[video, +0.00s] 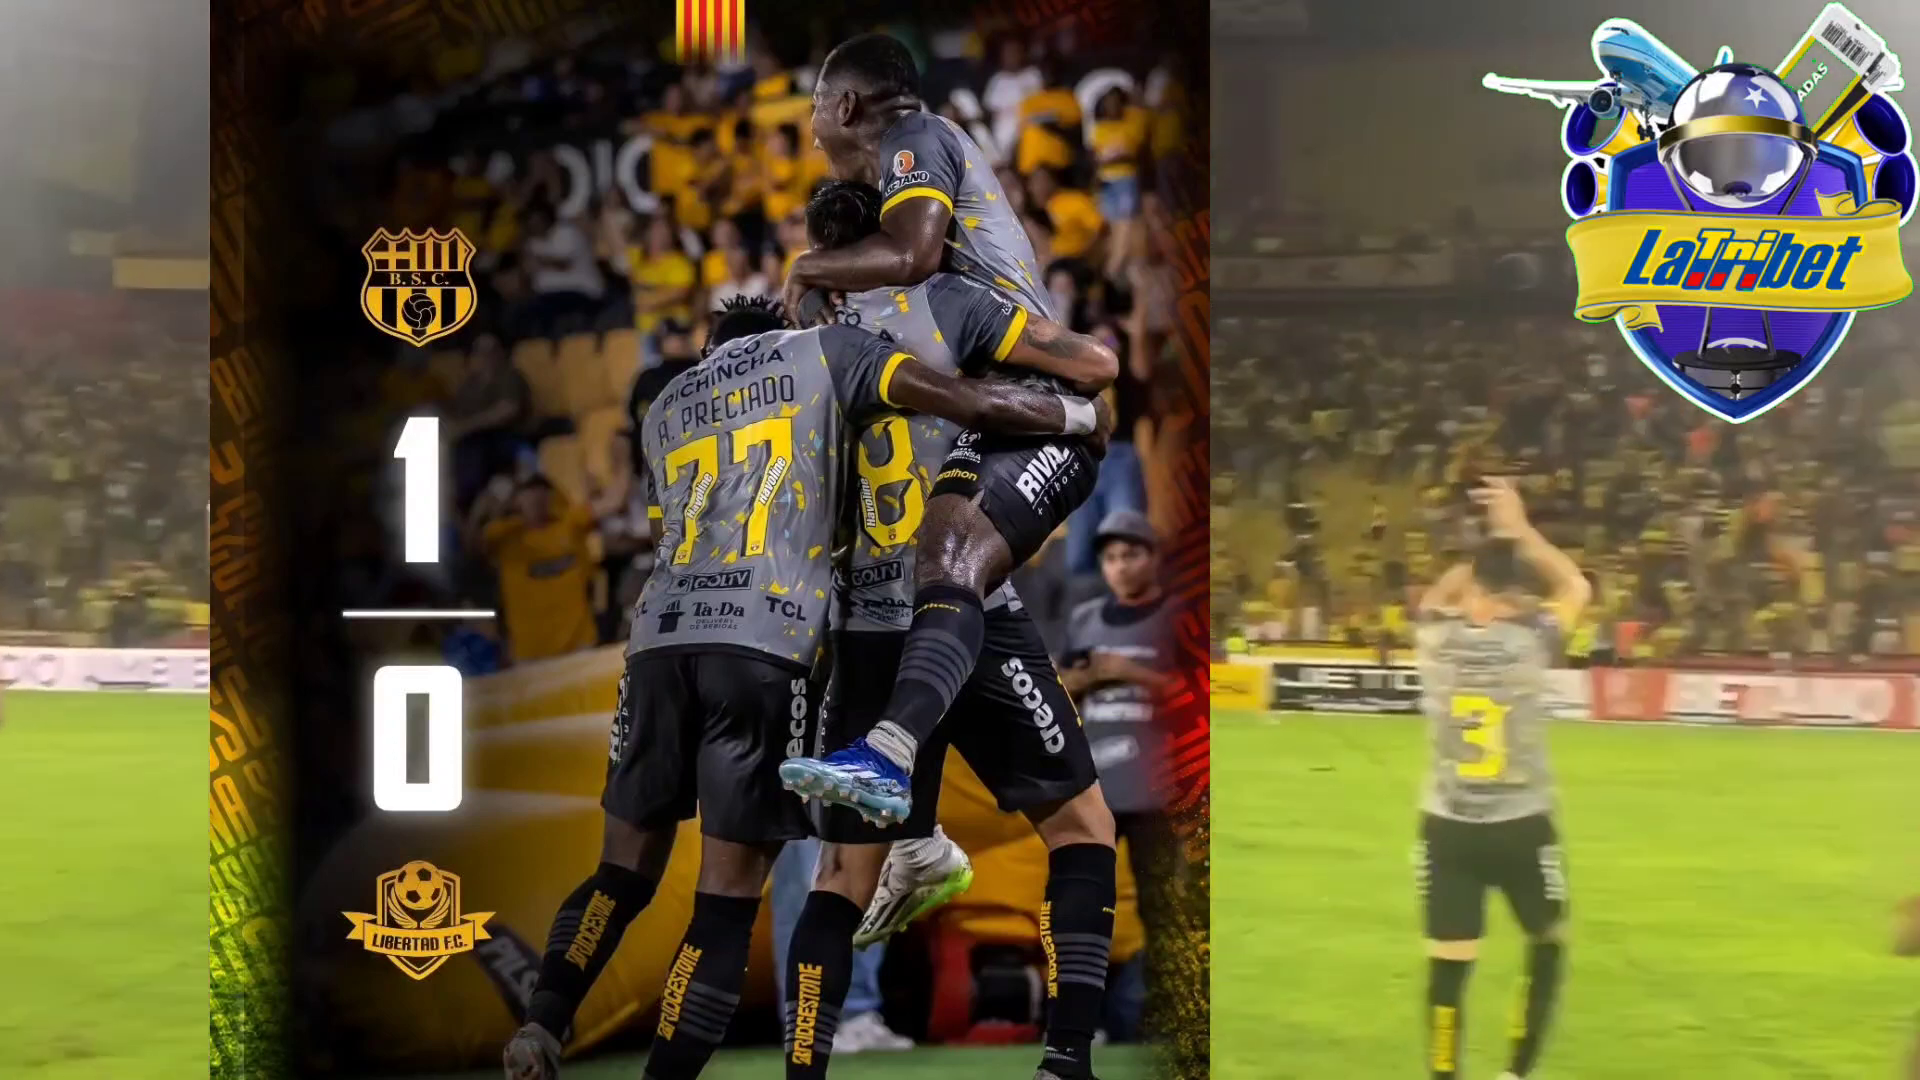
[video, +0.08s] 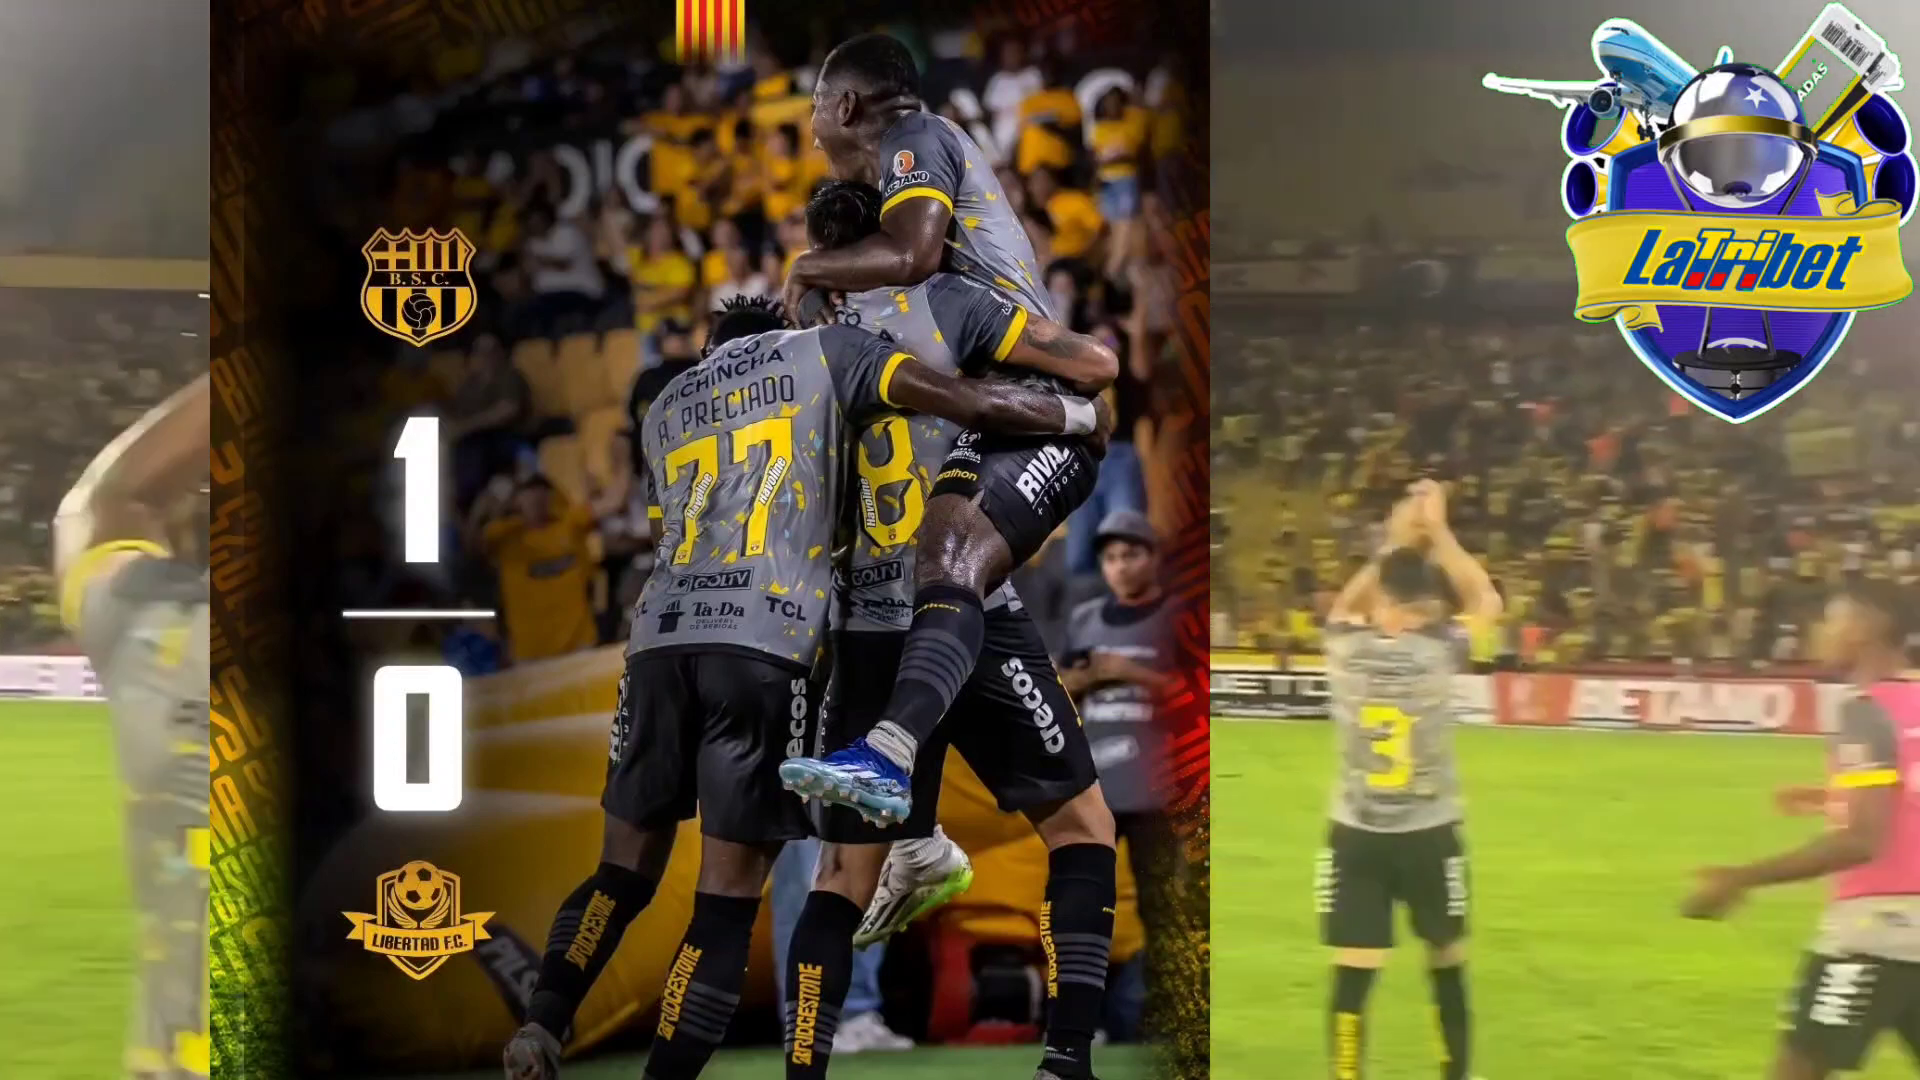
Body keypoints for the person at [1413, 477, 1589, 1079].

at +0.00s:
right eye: (1519, 591)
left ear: (1471, 588)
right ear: (1515, 593)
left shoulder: (1435, 636)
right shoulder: (1534, 642)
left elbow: (1440, 595)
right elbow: (1575, 586)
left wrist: (1485, 551)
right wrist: (1521, 532)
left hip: (1449, 823)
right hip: (1521, 825)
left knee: (1450, 956)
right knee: (1548, 937)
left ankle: (1442, 1069)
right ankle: (1522, 1067)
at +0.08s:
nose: (1420, 619)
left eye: (1422, 609)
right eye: (1419, 609)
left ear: (1377, 603)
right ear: (1426, 609)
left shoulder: (1344, 649)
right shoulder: (1442, 652)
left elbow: (1349, 601)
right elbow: (1484, 598)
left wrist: (1391, 546)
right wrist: (1440, 535)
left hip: (1358, 833)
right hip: (1430, 833)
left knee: (1354, 967)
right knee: (1447, 962)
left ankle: (1347, 1072)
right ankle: (1457, 1069)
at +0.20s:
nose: (1368, 627)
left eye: (1361, 613)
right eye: (1373, 618)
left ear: (1328, 609)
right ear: (1378, 614)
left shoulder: (1293, 659)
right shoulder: (1389, 661)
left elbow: (1300, 617)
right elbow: (1429, 608)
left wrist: (1325, 562)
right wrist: (1390, 534)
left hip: (1302, 841)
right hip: (1375, 841)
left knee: (1292, 972)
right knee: (1390, 970)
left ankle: (1279, 1072)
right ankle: (1397, 1071)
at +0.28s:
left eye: (1299, 597)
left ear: (1295, 603)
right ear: (1350, 605)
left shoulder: (1261, 656)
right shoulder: (1359, 659)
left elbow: (1278, 610)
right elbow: (1391, 607)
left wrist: (1313, 562)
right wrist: (1346, 545)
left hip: (1276, 839)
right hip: (1347, 838)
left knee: (1261, 965)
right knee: (1356, 961)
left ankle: (1239, 1073)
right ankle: (1356, 1073)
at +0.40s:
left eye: (1278, 589)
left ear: (1274, 595)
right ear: (1328, 600)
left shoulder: (1241, 651)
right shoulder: (1339, 653)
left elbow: (1255, 611)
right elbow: (1375, 605)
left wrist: (1282, 554)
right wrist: (1338, 541)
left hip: (1259, 830)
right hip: (1329, 830)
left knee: (1250, 957)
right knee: (1330, 961)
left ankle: (1225, 1065)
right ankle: (1326, 1072)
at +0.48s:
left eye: (1271, 599)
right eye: (1315, 604)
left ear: (1265, 601)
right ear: (1316, 607)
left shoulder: (1233, 659)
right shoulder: (1330, 658)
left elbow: (1253, 618)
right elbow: (1367, 612)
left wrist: (1279, 562)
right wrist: (1320, 547)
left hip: (1250, 833)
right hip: (1317, 834)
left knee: (1254, 952)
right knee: (1313, 964)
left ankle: (1237, 1067)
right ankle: (1311, 1074)